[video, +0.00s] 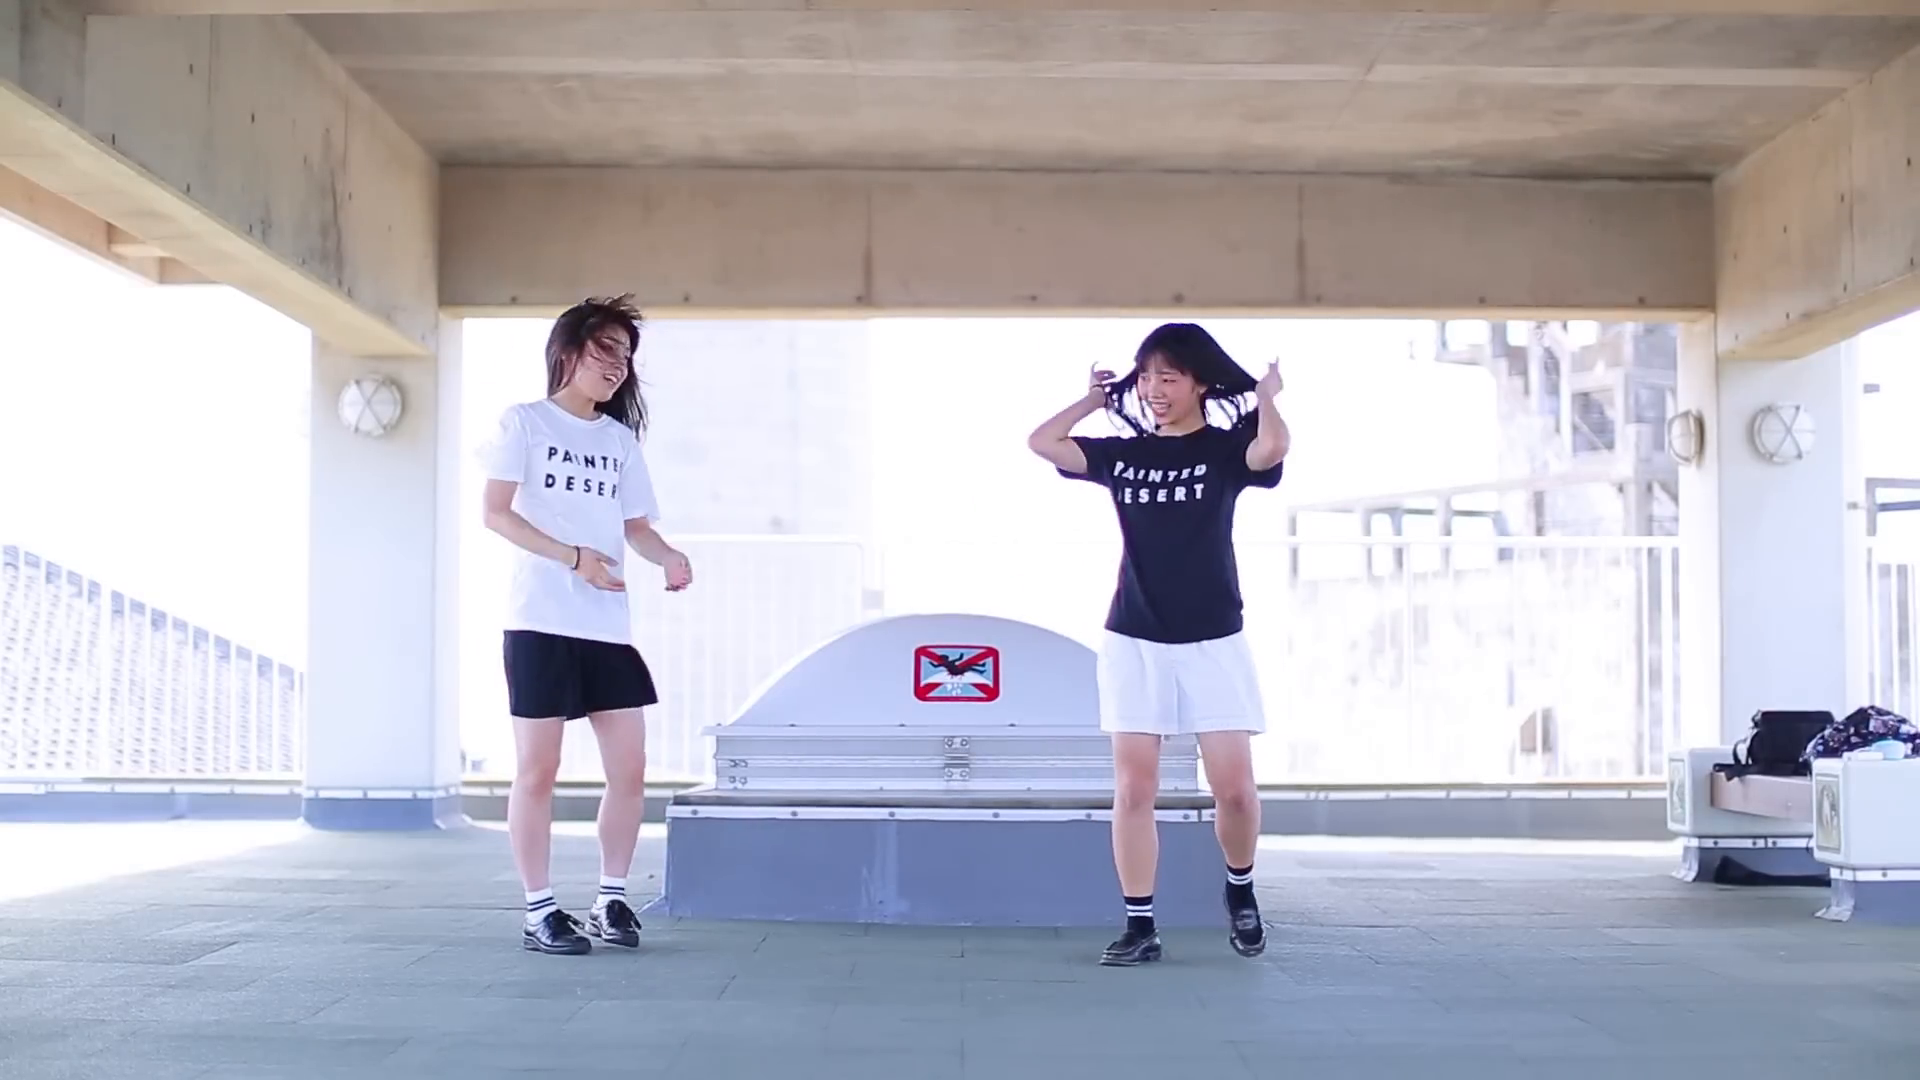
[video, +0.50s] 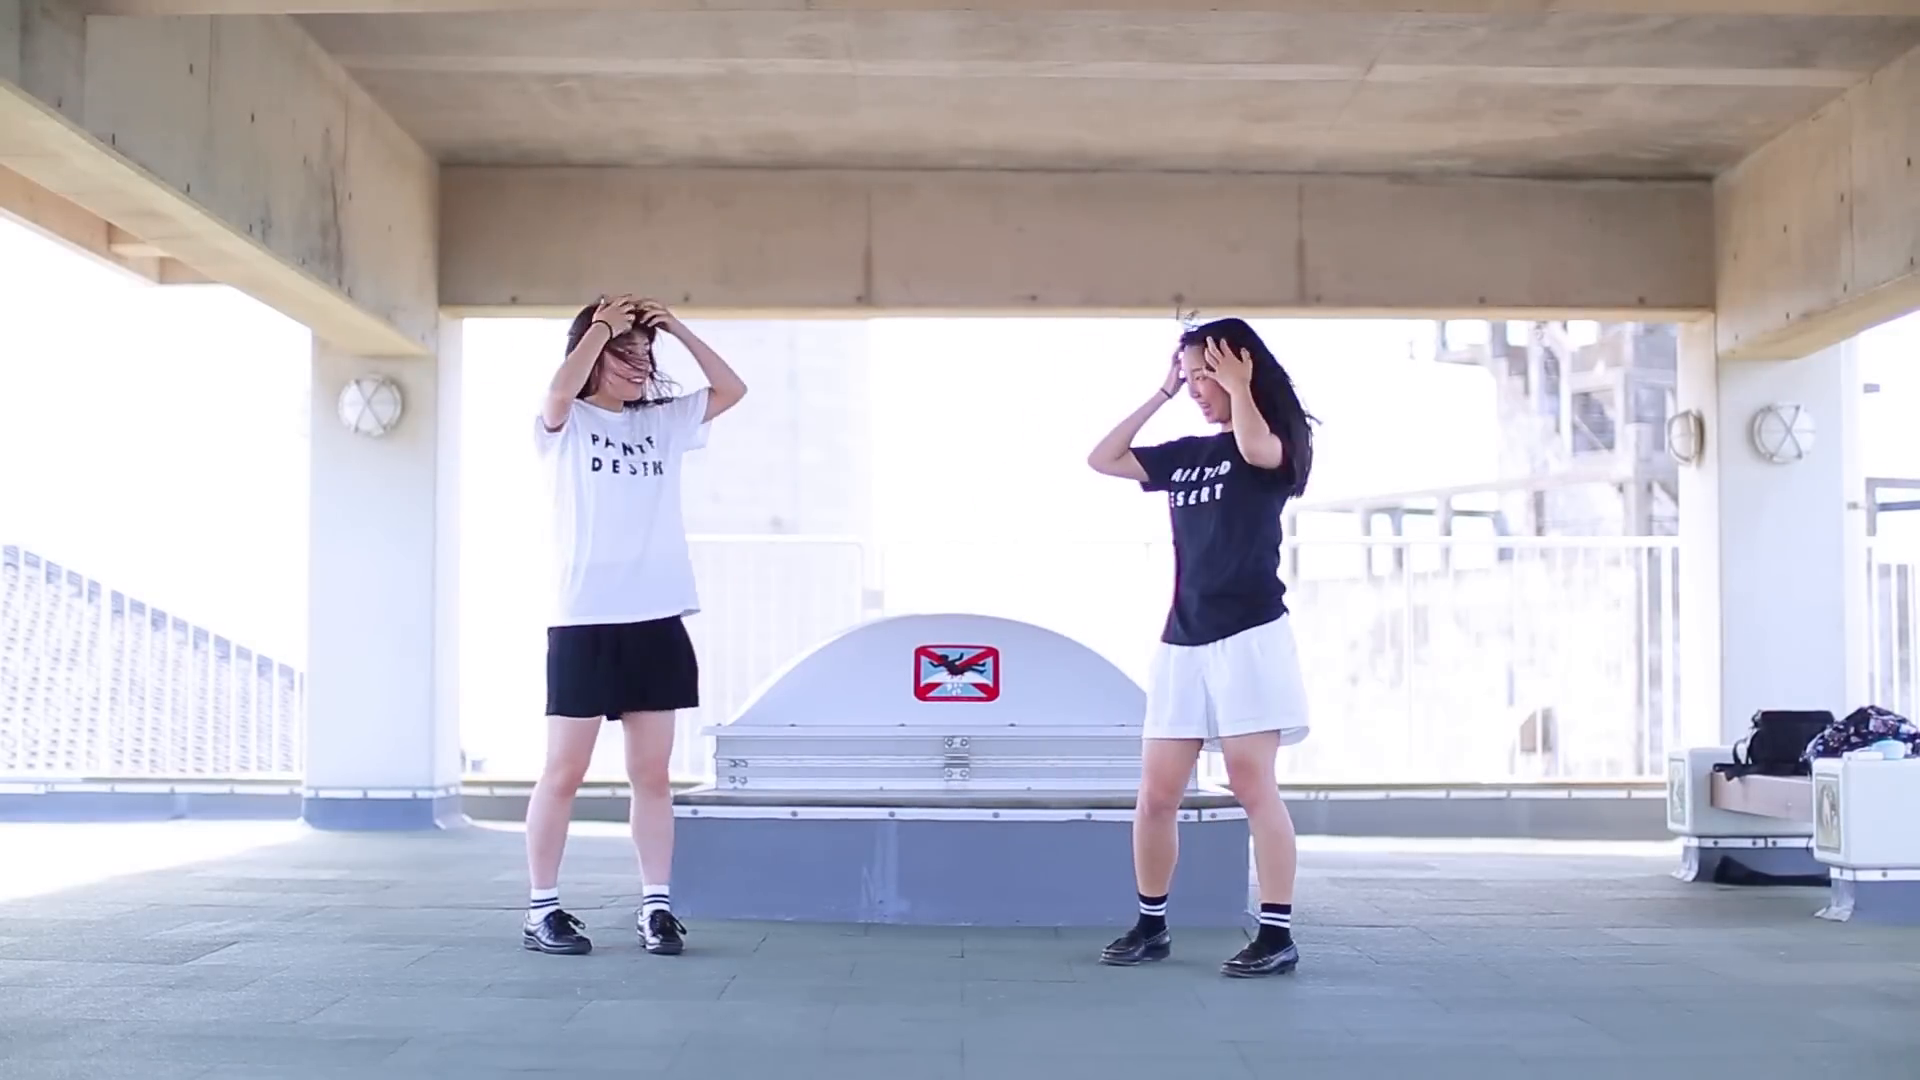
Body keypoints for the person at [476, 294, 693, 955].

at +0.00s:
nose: (616, 365)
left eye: (625, 357)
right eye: (605, 348)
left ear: (629, 369)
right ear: (568, 350)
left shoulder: (622, 442)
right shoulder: (523, 421)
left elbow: (637, 526)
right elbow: (495, 513)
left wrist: (667, 556)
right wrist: (572, 555)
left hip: (608, 626)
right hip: (539, 623)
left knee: (629, 769)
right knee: (538, 772)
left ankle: (614, 898)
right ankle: (540, 910)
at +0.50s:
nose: (636, 364)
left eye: (644, 354)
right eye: (623, 353)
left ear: (651, 361)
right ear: (589, 357)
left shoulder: (663, 418)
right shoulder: (565, 418)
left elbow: (729, 390)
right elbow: (560, 394)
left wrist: (676, 327)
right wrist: (599, 330)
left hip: (658, 618)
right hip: (582, 620)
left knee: (653, 775)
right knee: (564, 774)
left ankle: (657, 908)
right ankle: (543, 911)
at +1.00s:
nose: (661, 359)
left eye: (671, 350)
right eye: (649, 348)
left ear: (682, 358)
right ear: (623, 352)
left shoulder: (704, 419)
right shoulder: (599, 418)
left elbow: (775, 399)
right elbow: (585, 420)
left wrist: (725, 326)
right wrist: (610, 343)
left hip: (691, 621)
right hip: (618, 621)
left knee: (673, 776)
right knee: (590, 775)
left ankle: (659, 910)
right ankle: (548, 908)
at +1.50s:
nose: (681, 357)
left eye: (690, 348)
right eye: (668, 347)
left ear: (700, 356)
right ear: (637, 354)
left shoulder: (717, 423)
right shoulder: (614, 413)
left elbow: (789, 411)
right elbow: (613, 411)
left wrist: (739, 341)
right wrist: (651, 346)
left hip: (695, 621)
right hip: (623, 619)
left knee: (674, 775)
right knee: (612, 772)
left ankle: (661, 907)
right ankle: (591, 909)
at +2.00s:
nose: (681, 363)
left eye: (691, 353)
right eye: (669, 352)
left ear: (701, 359)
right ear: (638, 356)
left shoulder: (715, 426)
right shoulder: (615, 412)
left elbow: (787, 422)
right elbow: (590, 414)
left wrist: (730, 350)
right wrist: (644, 360)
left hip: (689, 622)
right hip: (616, 618)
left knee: (672, 775)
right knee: (604, 773)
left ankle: (661, 908)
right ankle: (590, 909)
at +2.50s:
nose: (662, 361)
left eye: (671, 352)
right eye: (649, 349)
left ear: (683, 360)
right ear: (619, 355)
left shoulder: (698, 427)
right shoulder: (593, 411)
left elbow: (769, 428)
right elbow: (590, 422)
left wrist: (723, 351)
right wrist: (627, 361)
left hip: (678, 621)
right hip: (603, 618)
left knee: (665, 776)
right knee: (596, 774)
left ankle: (660, 907)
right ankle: (589, 910)